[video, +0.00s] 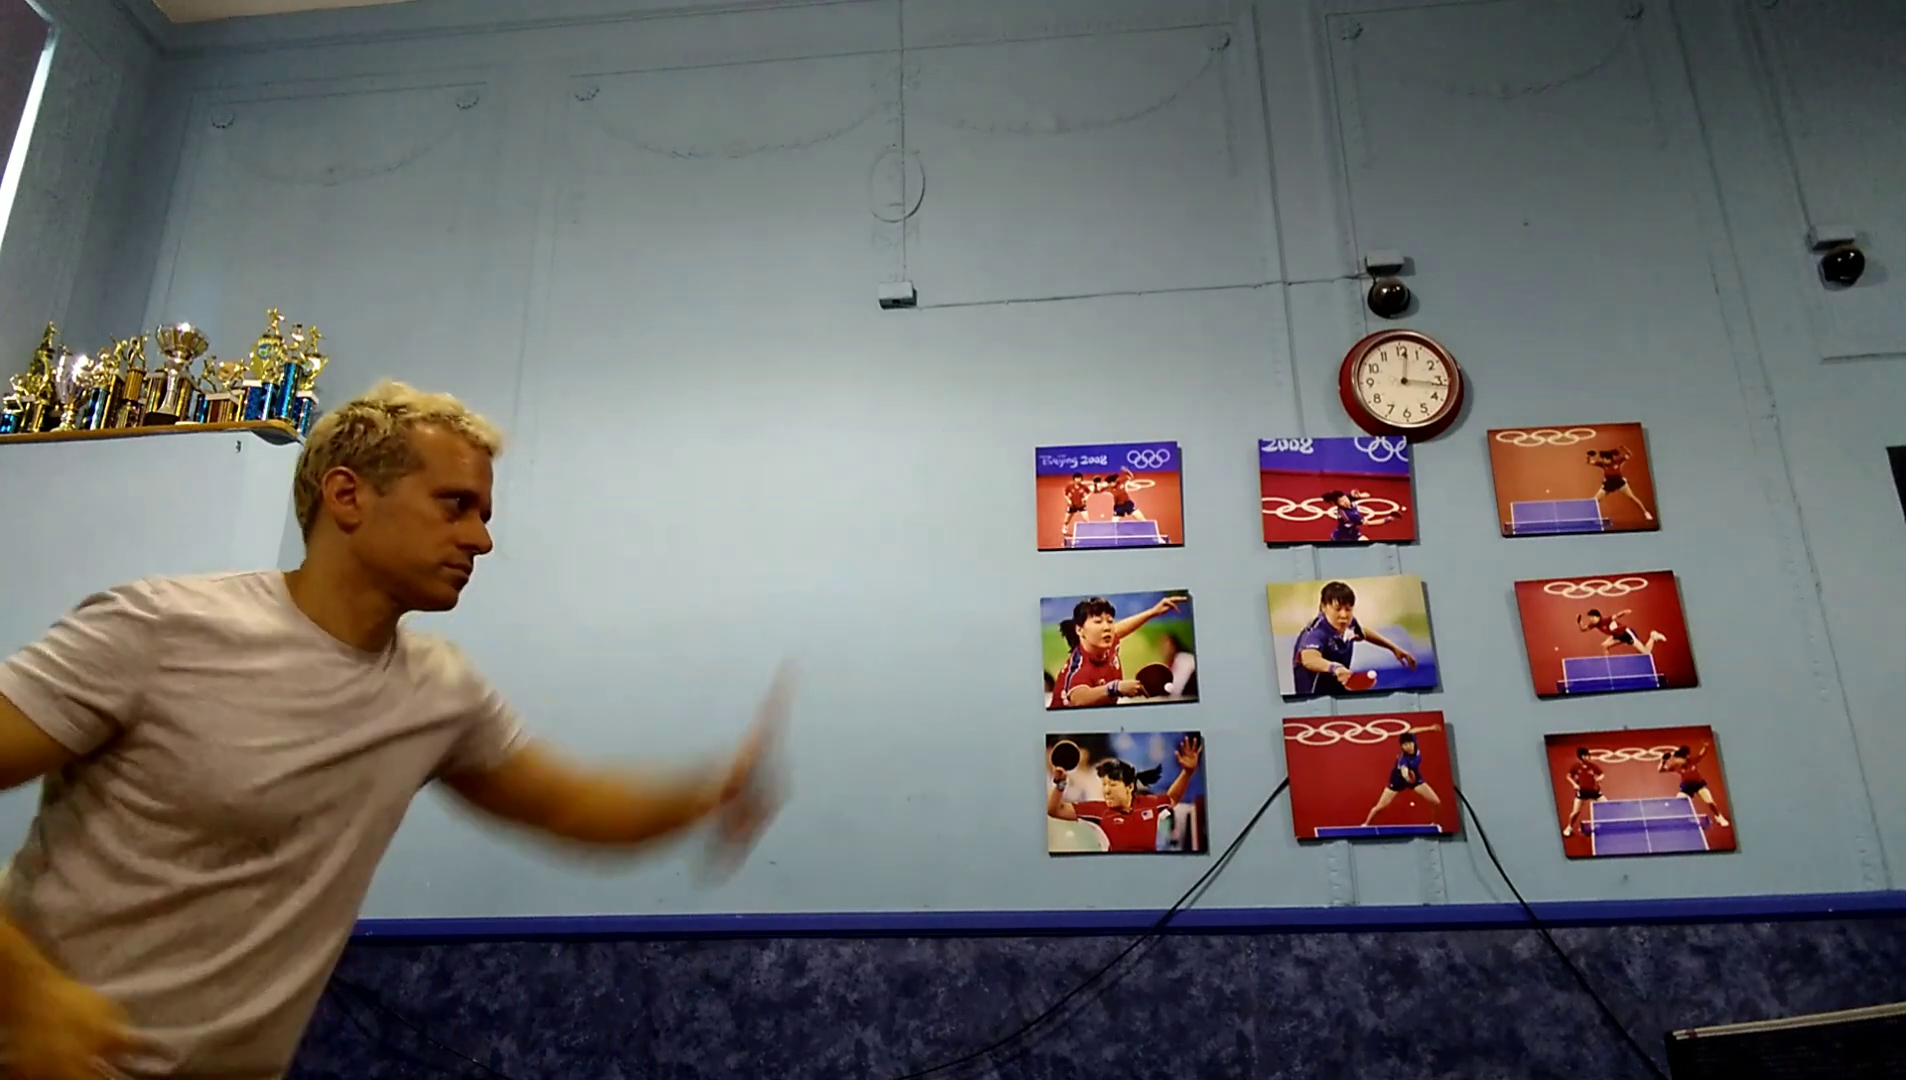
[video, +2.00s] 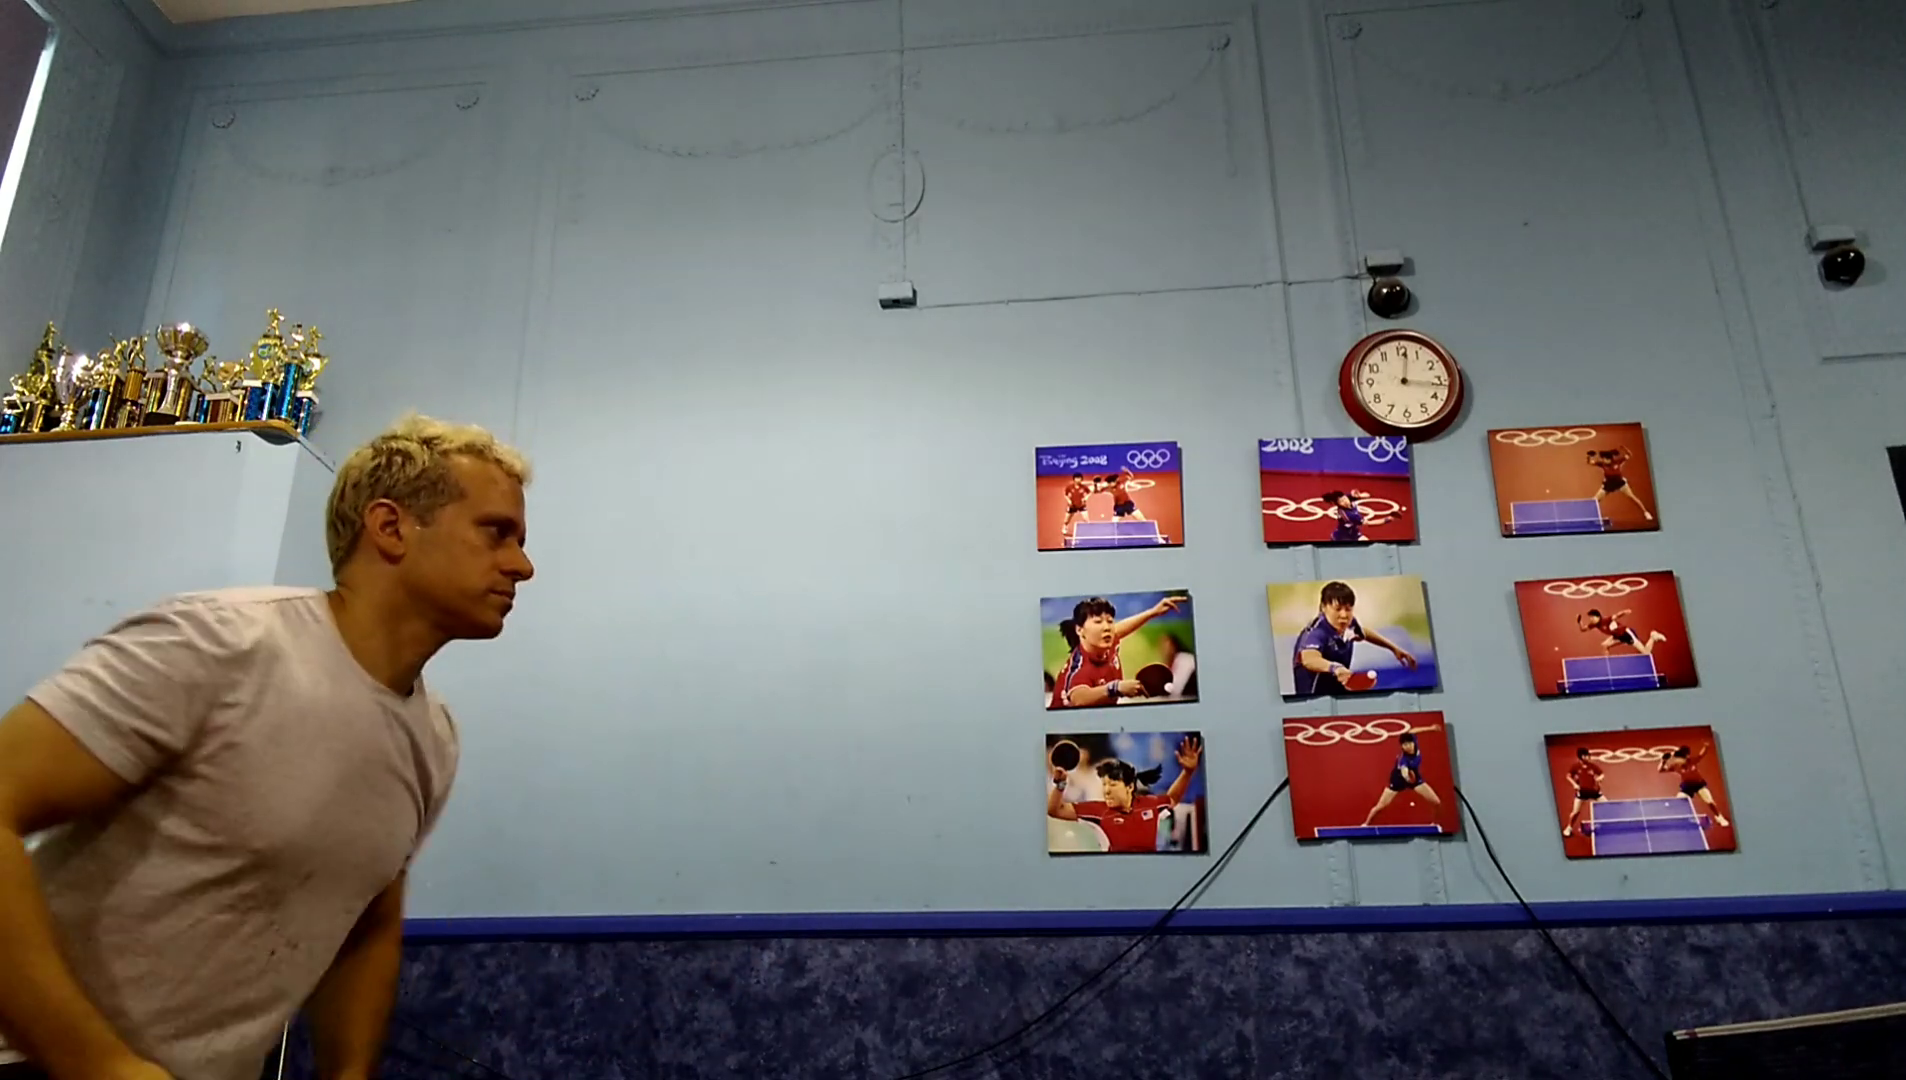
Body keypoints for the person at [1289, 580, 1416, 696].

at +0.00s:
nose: (1344, 615)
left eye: (1348, 609)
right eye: (1338, 609)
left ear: (1353, 609)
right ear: (1324, 608)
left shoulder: (1349, 624)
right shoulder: (1315, 633)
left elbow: (1364, 634)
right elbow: (1309, 660)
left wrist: (1395, 649)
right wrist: (1335, 668)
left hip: (1341, 705)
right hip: (1313, 709)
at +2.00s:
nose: (1344, 615)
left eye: (1348, 609)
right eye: (1338, 609)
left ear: (1353, 609)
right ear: (1324, 608)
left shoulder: (1349, 624)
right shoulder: (1315, 632)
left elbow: (1364, 634)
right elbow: (1309, 660)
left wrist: (1395, 649)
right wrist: (1335, 668)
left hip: (1341, 705)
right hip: (1314, 708)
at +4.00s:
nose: (1344, 615)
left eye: (1348, 609)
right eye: (1338, 609)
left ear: (1353, 609)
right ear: (1324, 608)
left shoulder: (1349, 624)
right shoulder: (1316, 633)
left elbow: (1364, 634)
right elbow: (1309, 660)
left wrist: (1395, 649)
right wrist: (1335, 668)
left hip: (1341, 704)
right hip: (1314, 708)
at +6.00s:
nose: (1344, 615)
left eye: (1348, 609)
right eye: (1338, 609)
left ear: (1353, 609)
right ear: (1324, 608)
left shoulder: (1349, 624)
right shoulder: (1315, 633)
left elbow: (1364, 634)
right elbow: (1309, 660)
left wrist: (1395, 649)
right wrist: (1335, 668)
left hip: (1341, 704)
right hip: (1314, 708)